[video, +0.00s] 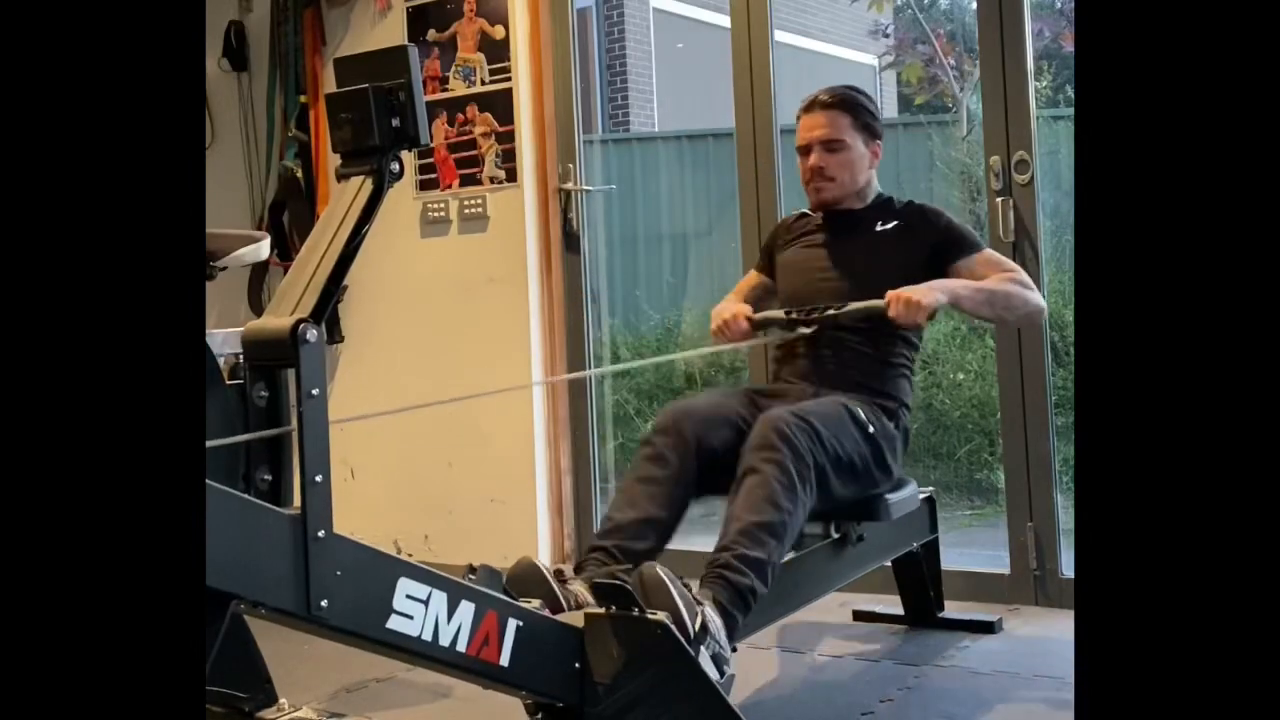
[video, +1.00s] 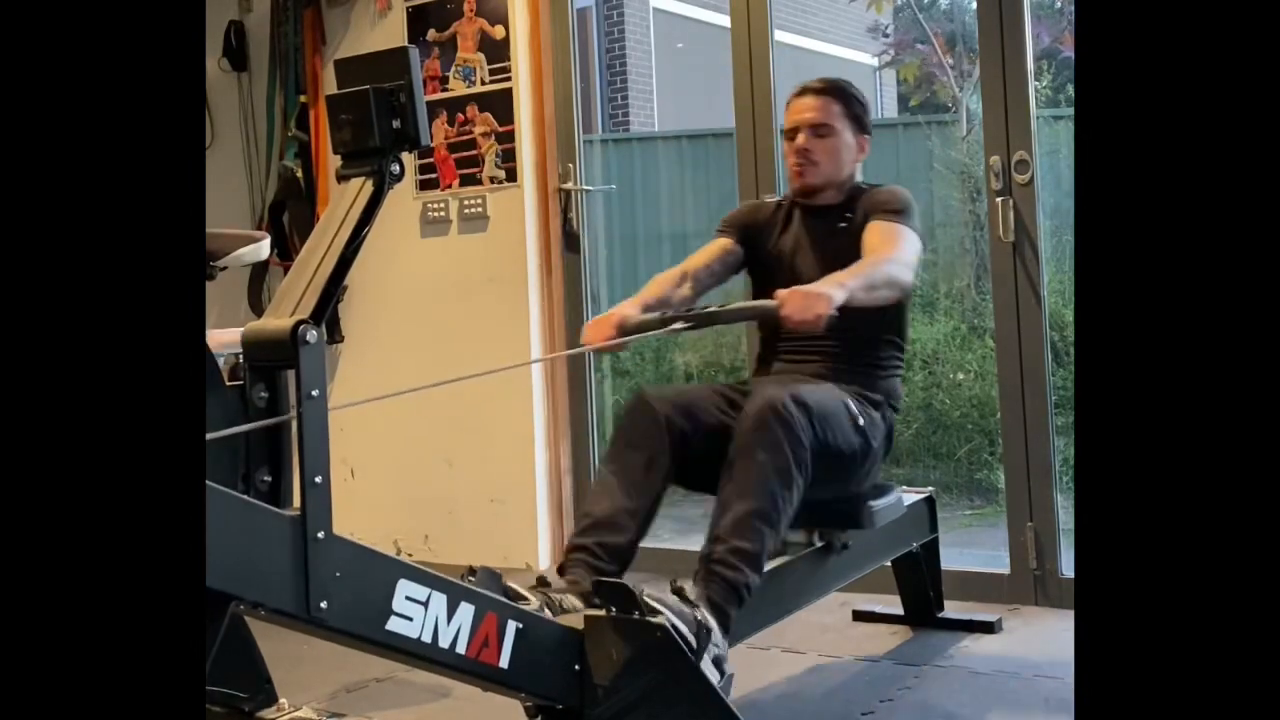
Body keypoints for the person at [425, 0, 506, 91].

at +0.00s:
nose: (471, 7)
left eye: (473, 4)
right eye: (468, 4)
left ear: (476, 7)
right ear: (463, 8)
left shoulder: (480, 22)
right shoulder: (458, 25)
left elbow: (494, 34)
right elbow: (445, 36)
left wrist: (498, 32)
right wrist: (435, 36)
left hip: (474, 61)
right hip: (460, 60)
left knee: (474, 89)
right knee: (458, 89)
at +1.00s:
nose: (471, 7)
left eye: (473, 4)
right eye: (468, 4)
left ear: (476, 7)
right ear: (463, 7)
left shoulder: (480, 22)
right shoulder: (457, 25)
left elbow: (494, 34)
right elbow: (445, 36)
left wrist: (498, 32)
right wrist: (435, 36)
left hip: (474, 60)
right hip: (460, 60)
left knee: (474, 89)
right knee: (457, 89)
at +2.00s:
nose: (471, 8)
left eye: (473, 5)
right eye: (468, 5)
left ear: (476, 8)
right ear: (463, 8)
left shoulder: (480, 22)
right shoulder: (458, 24)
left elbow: (493, 33)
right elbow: (445, 36)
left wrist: (498, 32)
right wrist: (435, 36)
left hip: (474, 60)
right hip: (460, 59)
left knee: (474, 88)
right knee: (458, 89)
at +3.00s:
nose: (471, 7)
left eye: (473, 5)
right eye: (468, 5)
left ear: (476, 8)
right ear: (463, 8)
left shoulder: (480, 22)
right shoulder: (457, 25)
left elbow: (493, 33)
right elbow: (445, 36)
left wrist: (498, 32)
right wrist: (435, 36)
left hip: (474, 60)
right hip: (460, 59)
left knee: (474, 89)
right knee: (458, 89)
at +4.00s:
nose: (471, 7)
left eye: (473, 4)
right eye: (468, 4)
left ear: (476, 7)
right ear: (463, 8)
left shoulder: (480, 22)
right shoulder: (457, 25)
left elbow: (493, 34)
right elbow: (445, 36)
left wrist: (498, 32)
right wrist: (435, 36)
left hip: (474, 60)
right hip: (460, 59)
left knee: (474, 89)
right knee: (458, 89)